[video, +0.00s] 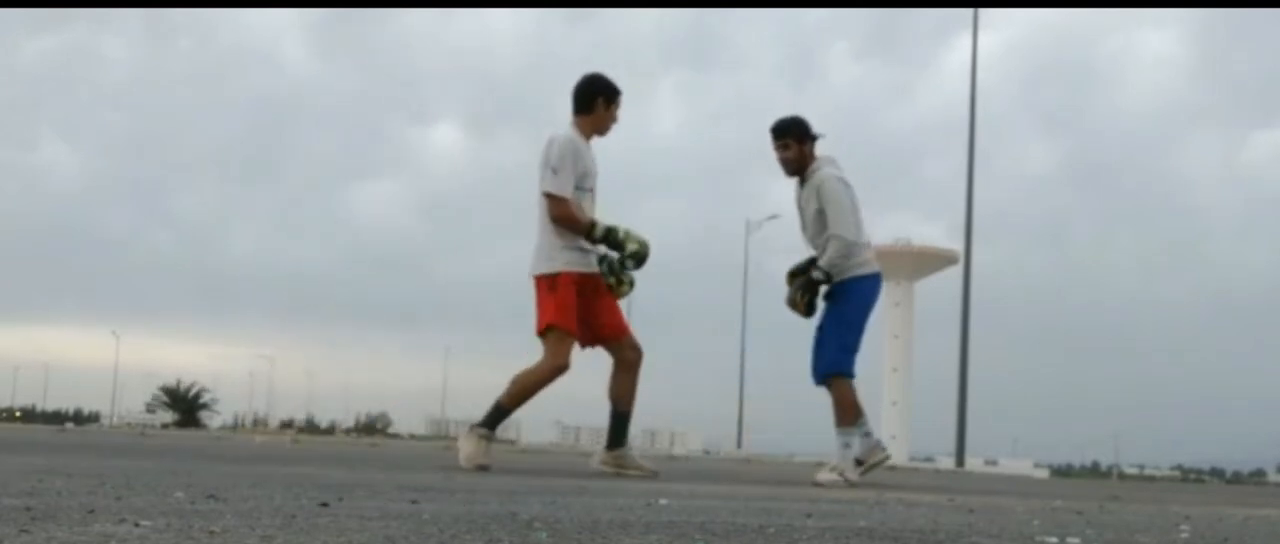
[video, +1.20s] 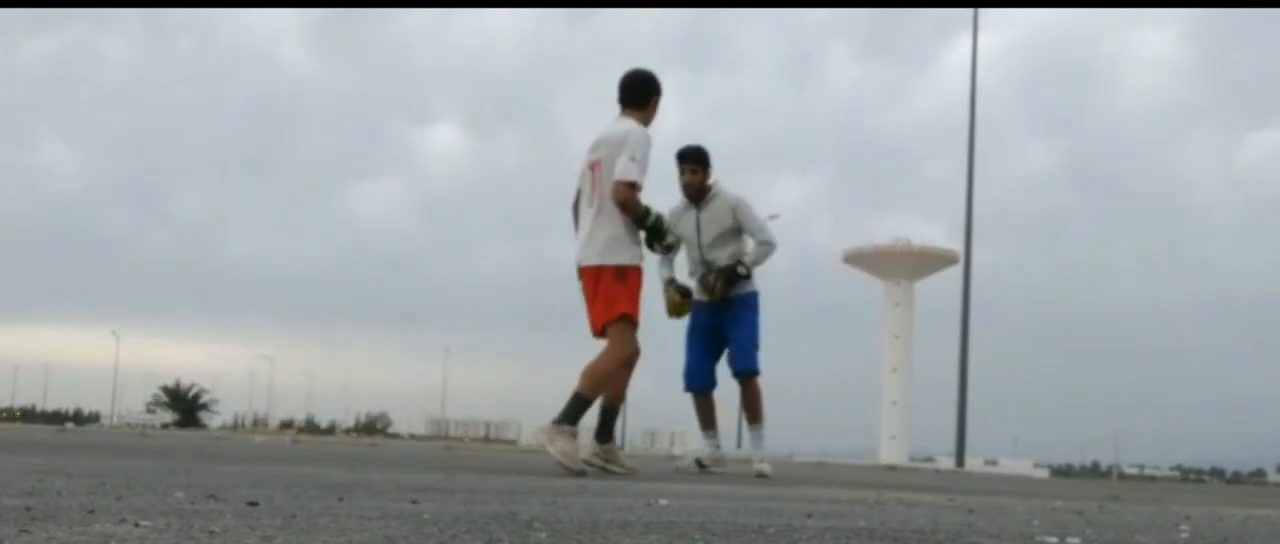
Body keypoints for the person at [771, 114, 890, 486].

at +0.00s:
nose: (782, 156)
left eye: (789, 147)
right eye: (778, 149)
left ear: (808, 146)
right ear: (776, 151)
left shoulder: (827, 181)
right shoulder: (807, 185)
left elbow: (845, 238)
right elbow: (829, 240)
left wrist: (816, 275)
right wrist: (808, 268)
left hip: (856, 278)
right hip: (843, 280)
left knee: (835, 369)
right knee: (828, 369)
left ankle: (847, 461)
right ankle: (867, 444)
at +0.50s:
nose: (765, 174)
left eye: (771, 166)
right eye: (761, 168)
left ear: (788, 166)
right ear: (759, 171)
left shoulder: (810, 196)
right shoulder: (772, 211)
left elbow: (839, 240)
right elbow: (786, 260)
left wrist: (810, 271)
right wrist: (770, 283)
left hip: (830, 292)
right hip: (803, 298)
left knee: (808, 369)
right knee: (791, 376)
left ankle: (833, 457)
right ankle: (816, 456)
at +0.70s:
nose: (755, 180)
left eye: (761, 172)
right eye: (752, 173)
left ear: (779, 172)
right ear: (750, 175)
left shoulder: (806, 206)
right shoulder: (757, 219)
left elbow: (812, 260)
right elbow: (770, 266)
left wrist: (774, 289)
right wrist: (760, 294)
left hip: (814, 298)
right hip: (784, 302)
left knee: (804, 373)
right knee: (748, 368)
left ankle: (830, 458)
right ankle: (782, 440)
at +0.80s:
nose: (742, 182)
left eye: (748, 175)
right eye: (738, 175)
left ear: (764, 175)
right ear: (736, 178)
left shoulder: (788, 209)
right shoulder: (747, 216)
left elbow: (784, 266)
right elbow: (755, 261)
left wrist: (762, 301)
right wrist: (749, 280)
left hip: (804, 299)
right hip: (773, 301)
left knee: (800, 375)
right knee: (742, 371)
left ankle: (828, 459)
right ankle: (741, 449)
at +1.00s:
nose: (701, 197)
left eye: (707, 190)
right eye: (699, 190)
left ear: (722, 190)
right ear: (700, 191)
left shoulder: (742, 221)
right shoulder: (717, 223)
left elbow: (767, 272)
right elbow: (718, 266)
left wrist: (754, 315)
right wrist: (713, 267)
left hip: (770, 307)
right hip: (743, 307)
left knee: (784, 379)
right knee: (708, 378)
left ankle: (819, 457)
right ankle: (713, 452)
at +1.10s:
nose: (693, 188)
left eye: (700, 181)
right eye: (689, 181)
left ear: (713, 183)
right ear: (684, 184)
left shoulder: (735, 213)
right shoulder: (692, 222)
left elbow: (766, 255)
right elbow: (689, 273)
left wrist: (751, 295)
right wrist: (695, 275)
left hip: (753, 303)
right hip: (722, 307)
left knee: (768, 375)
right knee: (700, 381)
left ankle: (793, 453)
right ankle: (713, 451)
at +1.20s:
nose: (687, 180)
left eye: (694, 173)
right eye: (683, 173)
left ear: (707, 175)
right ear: (678, 176)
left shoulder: (732, 205)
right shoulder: (676, 217)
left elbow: (766, 242)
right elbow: (665, 255)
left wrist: (739, 268)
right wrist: (670, 283)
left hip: (739, 300)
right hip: (703, 303)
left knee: (745, 370)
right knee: (697, 378)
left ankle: (758, 451)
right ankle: (712, 449)